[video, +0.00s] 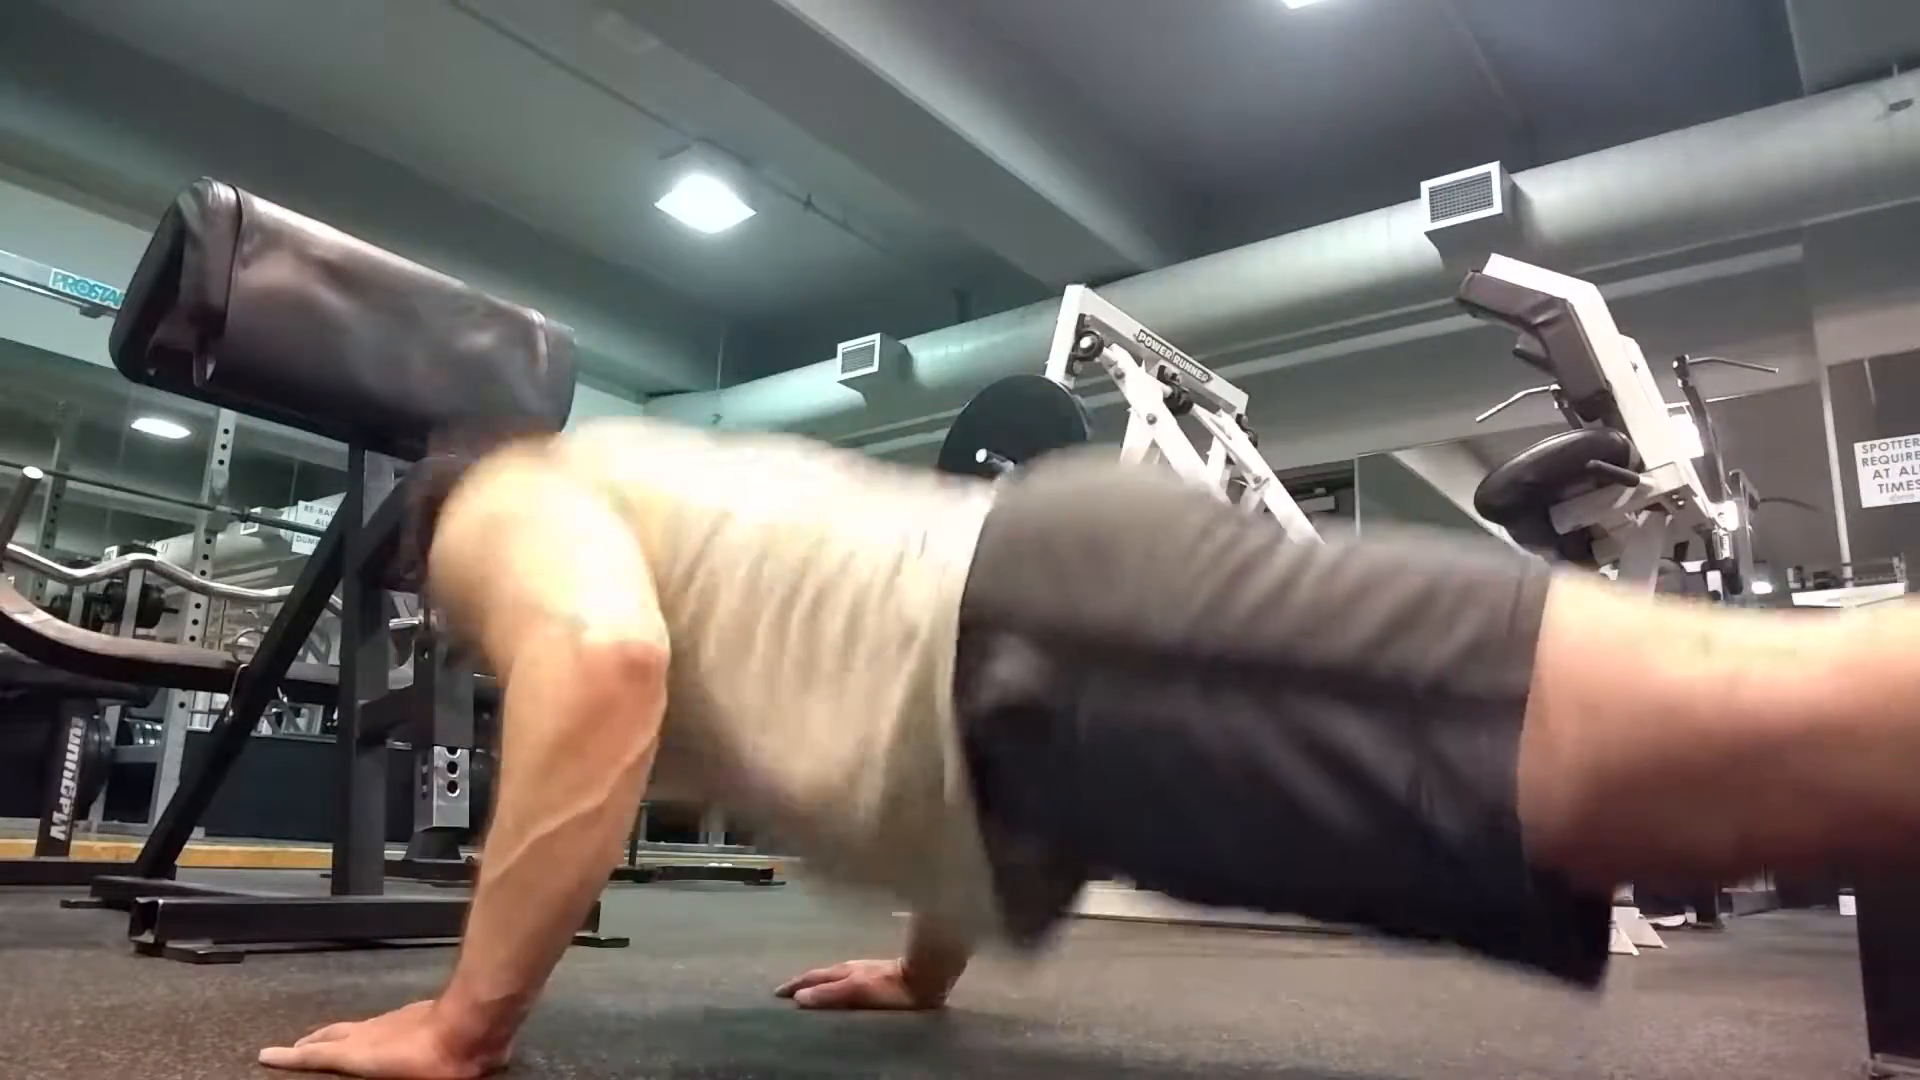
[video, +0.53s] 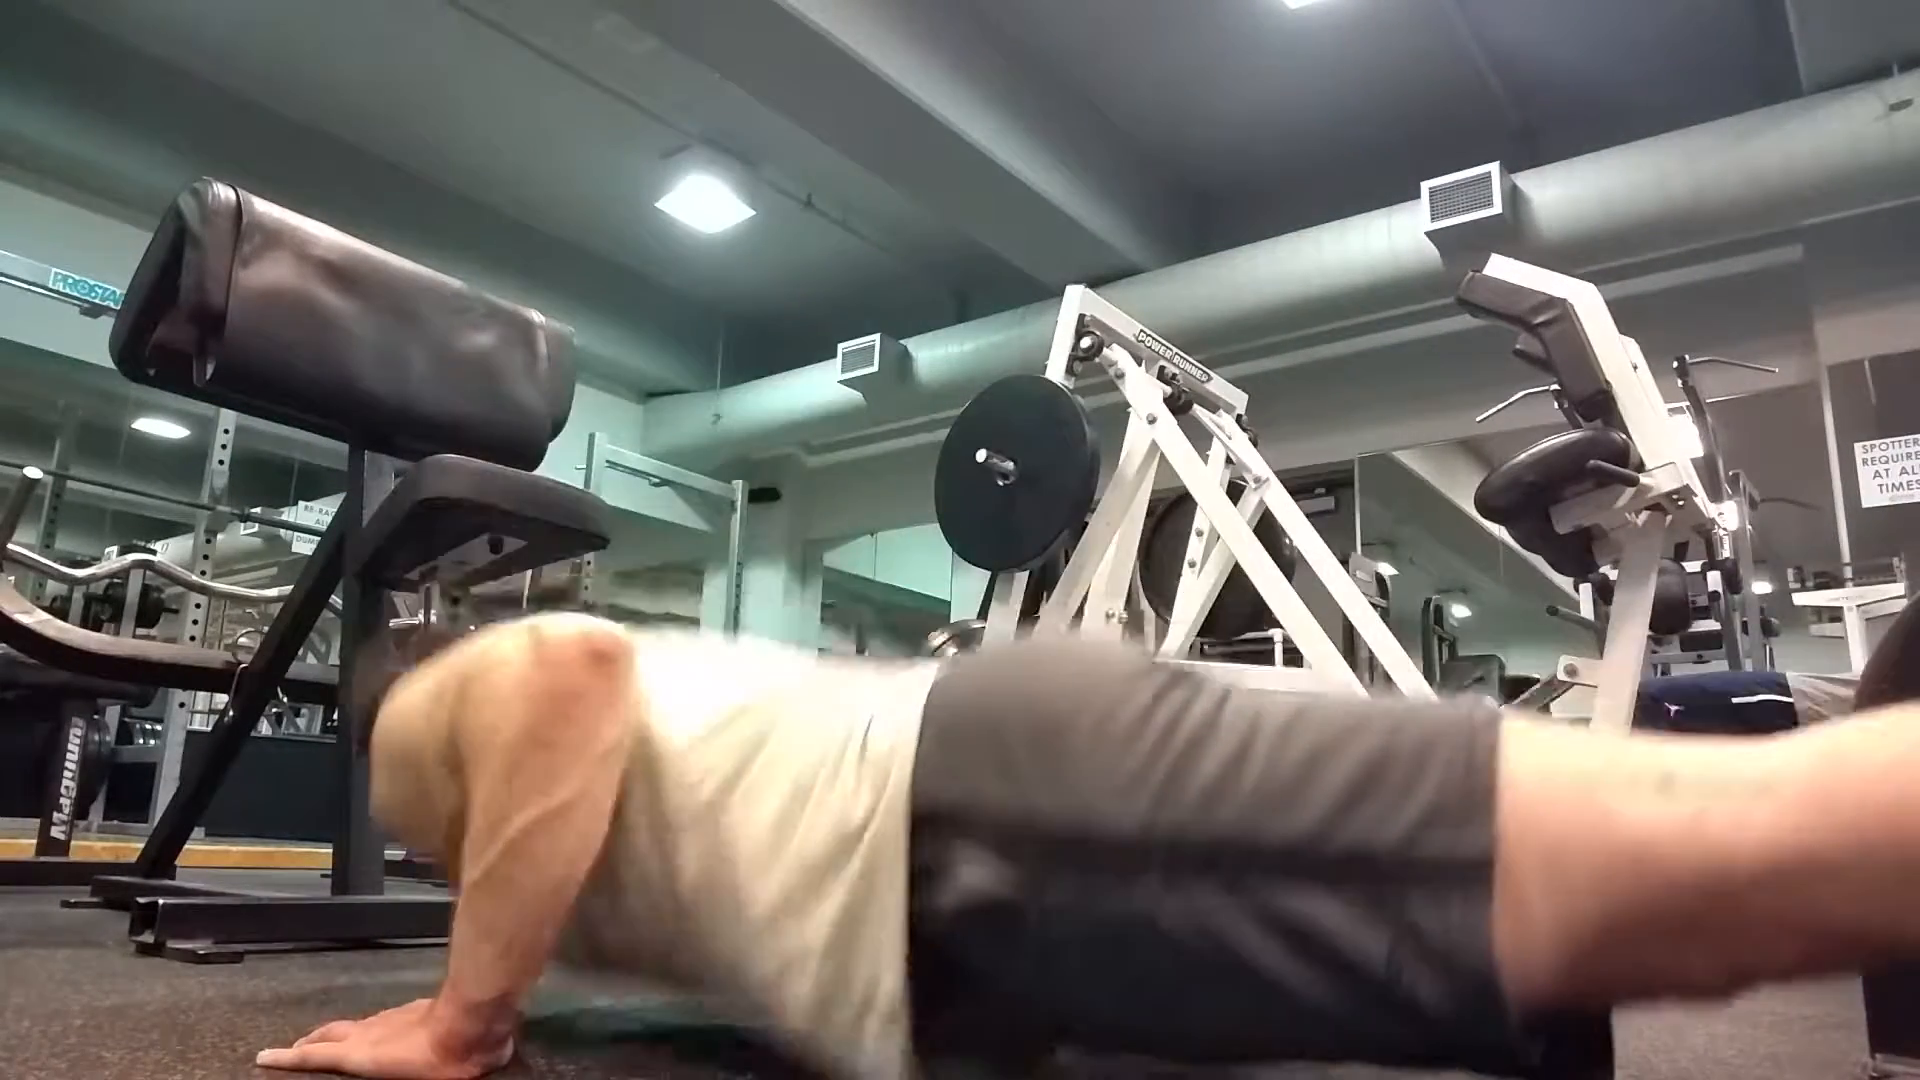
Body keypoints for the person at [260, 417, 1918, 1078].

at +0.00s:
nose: (403, 586)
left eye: (403, 550)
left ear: (414, 471)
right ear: (532, 409)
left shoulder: (506, 489)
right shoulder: (669, 491)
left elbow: (599, 672)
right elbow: (908, 677)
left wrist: (464, 1014)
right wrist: (932, 957)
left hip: (1052, 632)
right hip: (1077, 680)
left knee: (1752, 736)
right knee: (1727, 765)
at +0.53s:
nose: (413, 818)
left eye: (394, 796)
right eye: (415, 804)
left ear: (409, 700)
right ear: (448, 724)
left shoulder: (433, 705)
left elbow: (575, 691)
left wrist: (457, 1018)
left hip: (975, 832)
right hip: (964, 953)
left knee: (1707, 871)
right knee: (1704, 872)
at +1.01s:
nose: (427, 548)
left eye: (418, 509)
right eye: (418, 535)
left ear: (429, 415)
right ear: (539, 432)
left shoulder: (534, 389)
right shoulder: (724, 440)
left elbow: (602, 651)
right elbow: (917, 698)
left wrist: (463, 1018)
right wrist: (922, 962)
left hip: (1063, 546)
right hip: (1075, 628)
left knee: (1767, 696)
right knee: (1742, 731)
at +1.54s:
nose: (417, 888)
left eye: (395, 870)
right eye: (416, 874)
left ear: (385, 817)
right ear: (429, 800)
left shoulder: (433, 751)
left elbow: (647, 700)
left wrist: (461, 1019)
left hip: (994, 839)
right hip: (997, 917)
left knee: (1763, 868)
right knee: (1750, 873)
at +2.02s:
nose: (449, 639)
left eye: (425, 603)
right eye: (432, 628)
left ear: (435, 523)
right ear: (541, 465)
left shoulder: (525, 489)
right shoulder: (722, 494)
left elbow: (641, 678)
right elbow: (965, 744)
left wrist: (466, 1015)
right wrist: (928, 974)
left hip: (1034, 624)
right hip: (1065, 640)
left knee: (1734, 737)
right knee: (1715, 768)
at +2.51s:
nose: (410, 719)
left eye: (396, 677)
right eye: (399, 701)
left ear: (406, 594)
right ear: (510, 529)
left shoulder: (474, 589)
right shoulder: (649, 561)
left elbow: (631, 698)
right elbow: (873, 676)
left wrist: (465, 1022)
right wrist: (888, 936)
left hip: (1006, 725)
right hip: (1036, 701)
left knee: (1721, 814)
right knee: (1712, 812)